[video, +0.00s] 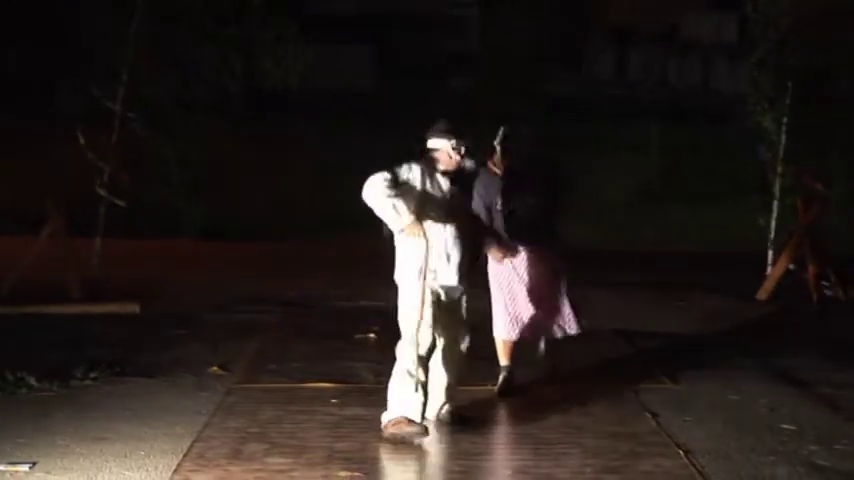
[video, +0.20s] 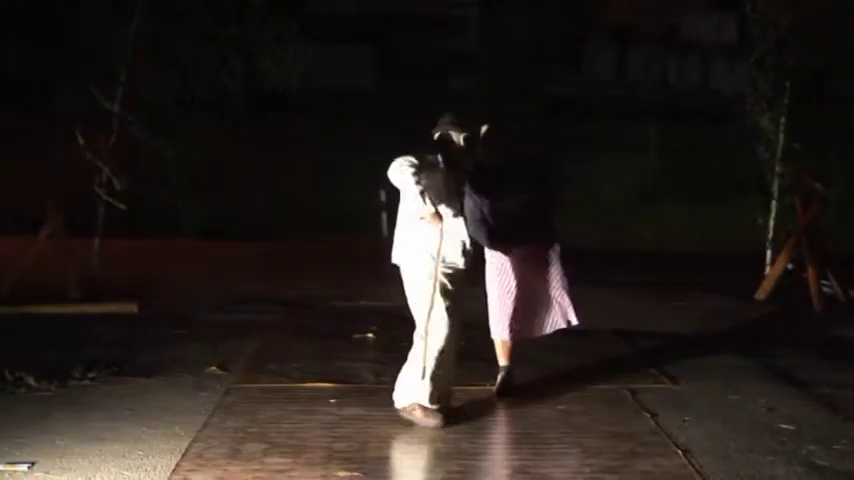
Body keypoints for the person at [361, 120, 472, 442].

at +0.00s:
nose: (460, 154)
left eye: (461, 148)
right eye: (454, 148)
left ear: (460, 151)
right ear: (435, 149)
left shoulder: (462, 183)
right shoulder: (413, 173)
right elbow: (374, 188)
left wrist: (491, 242)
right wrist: (404, 220)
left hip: (453, 282)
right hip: (417, 280)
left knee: (452, 347)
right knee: (415, 344)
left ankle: (439, 409)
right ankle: (398, 415)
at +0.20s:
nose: (463, 146)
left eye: (465, 140)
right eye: (458, 140)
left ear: (464, 143)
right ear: (443, 139)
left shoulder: (461, 175)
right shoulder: (417, 164)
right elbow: (404, 175)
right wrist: (427, 208)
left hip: (449, 264)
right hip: (421, 263)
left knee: (435, 328)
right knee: (438, 326)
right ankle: (413, 397)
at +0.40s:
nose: (470, 158)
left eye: (469, 152)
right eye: (468, 152)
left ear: (444, 152)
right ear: (460, 153)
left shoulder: (452, 183)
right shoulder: (433, 177)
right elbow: (430, 217)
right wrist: (462, 239)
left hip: (442, 272)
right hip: (423, 271)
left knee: (447, 334)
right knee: (446, 332)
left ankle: (435, 401)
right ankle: (422, 403)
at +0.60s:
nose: (474, 151)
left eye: (472, 146)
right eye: (471, 146)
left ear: (448, 147)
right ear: (463, 148)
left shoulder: (447, 173)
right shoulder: (443, 173)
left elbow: (452, 210)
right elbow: (436, 209)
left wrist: (472, 222)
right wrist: (464, 231)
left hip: (433, 258)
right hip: (425, 258)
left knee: (442, 321)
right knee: (441, 322)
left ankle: (430, 393)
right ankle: (426, 399)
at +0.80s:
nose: (476, 146)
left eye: (475, 140)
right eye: (473, 140)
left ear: (451, 140)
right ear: (465, 142)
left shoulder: (451, 170)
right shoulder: (441, 171)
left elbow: (451, 214)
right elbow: (436, 219)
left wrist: (471, 229)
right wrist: (467, 237)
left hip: (433, 259)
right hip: (428, 260)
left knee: (430, 324)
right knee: (440, 325)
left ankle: (421, 391)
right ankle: (418, 397)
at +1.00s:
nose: (476, 156)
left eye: (475, 151)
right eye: (473, 151)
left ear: (448, 149)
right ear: (463, 151)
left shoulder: (429, 177)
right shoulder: (446, 181)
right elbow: (451, 229)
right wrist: (482, 248)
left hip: (420, 262)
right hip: (435, 265)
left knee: (442, 323)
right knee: (469, 320)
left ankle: (416, 390)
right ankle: (442, 388)